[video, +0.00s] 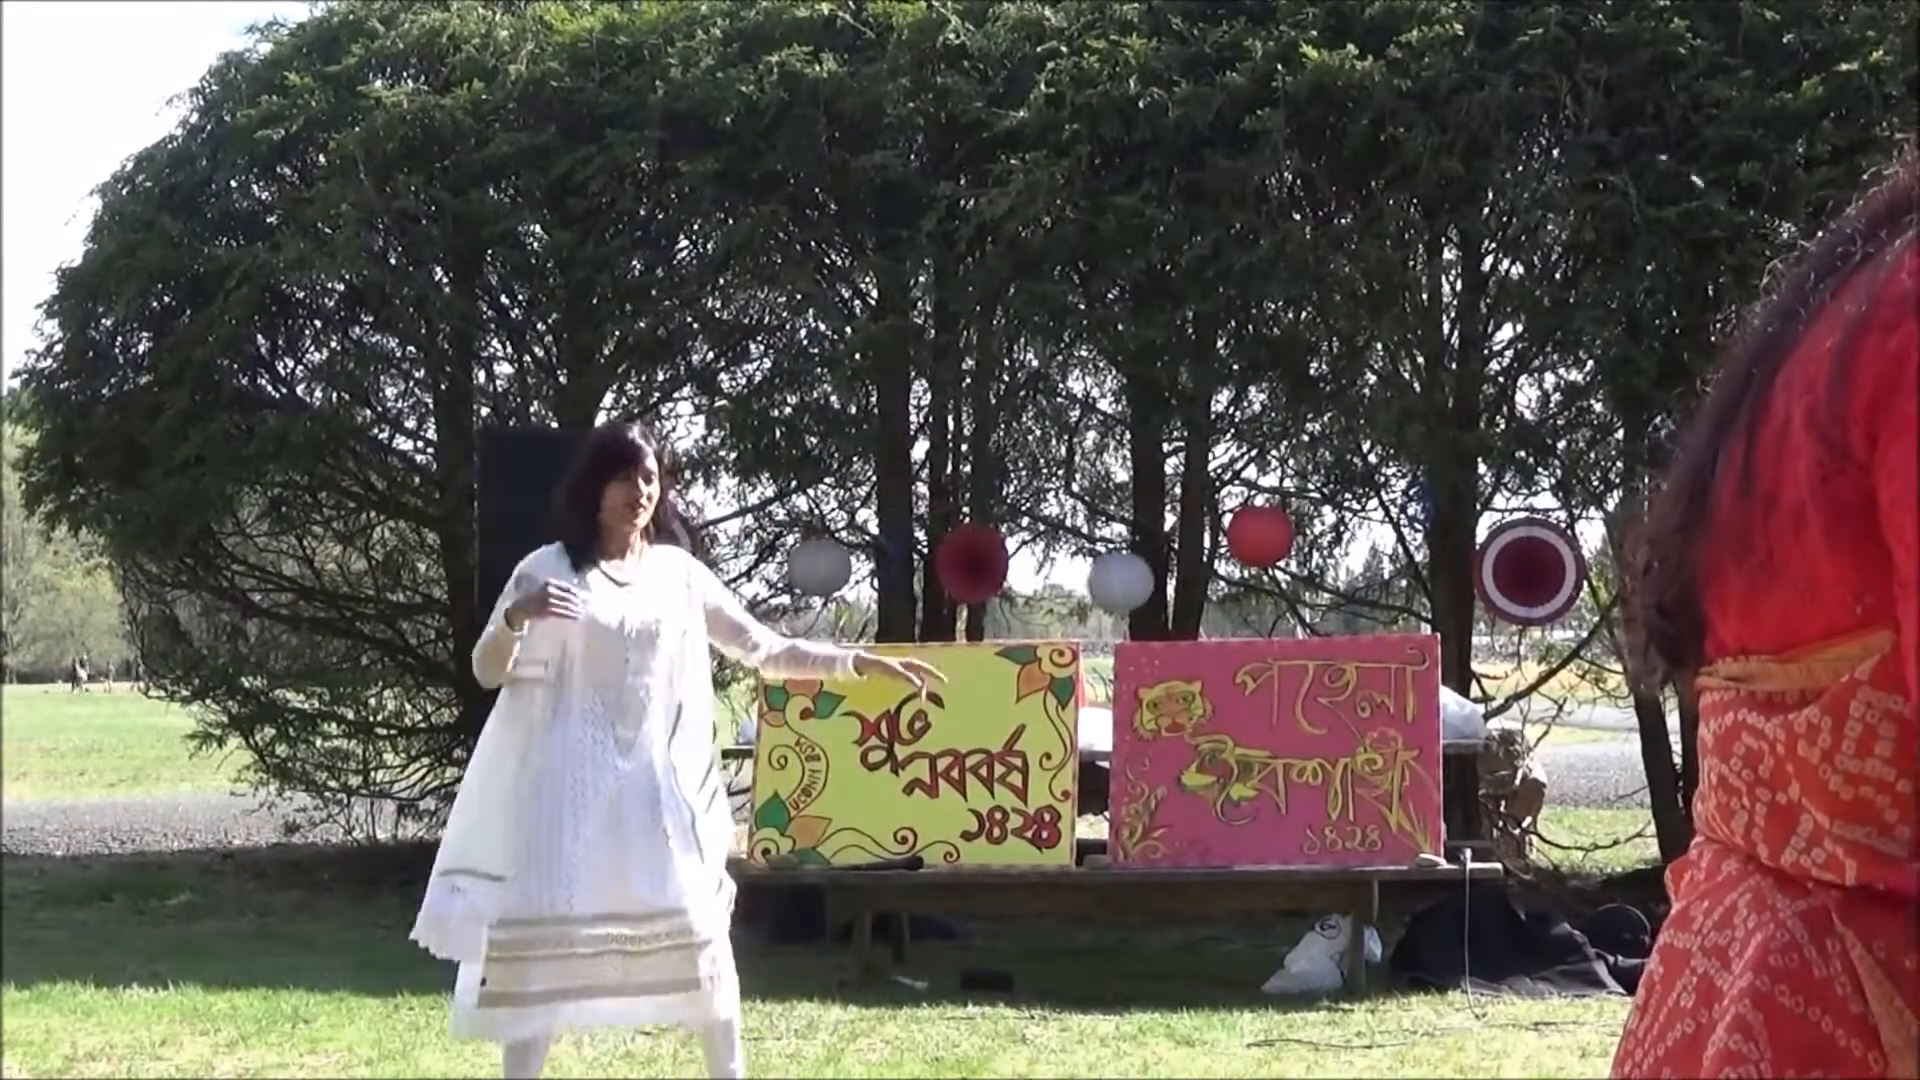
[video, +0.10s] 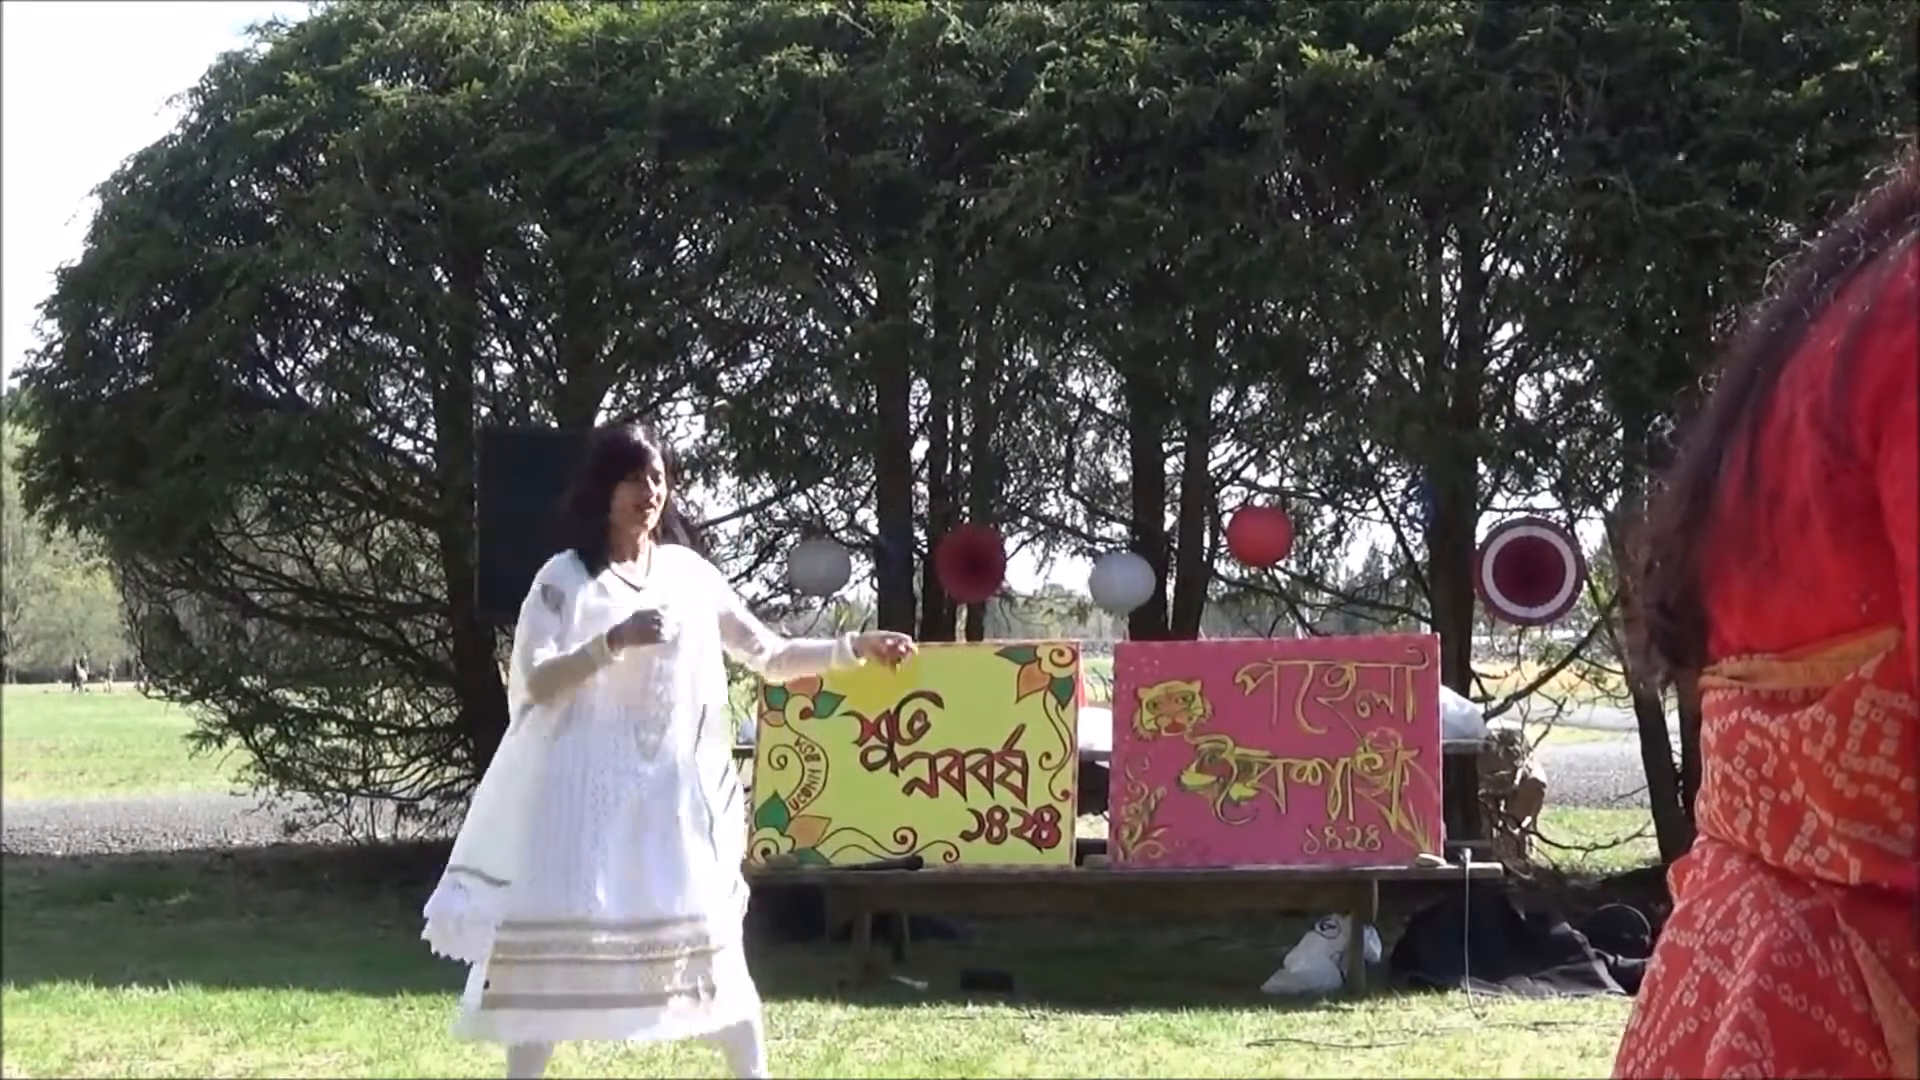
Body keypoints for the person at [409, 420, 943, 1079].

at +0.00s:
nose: (640, 488)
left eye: (650, 477)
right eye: (625, 475)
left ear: (660, 490)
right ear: (593, 486)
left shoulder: (680, 573)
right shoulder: (546, 569)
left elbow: (766, 649)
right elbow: (487, 671)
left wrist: (863, 659)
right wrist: (513, 616)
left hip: (660, 788)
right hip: (558, 789)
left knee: (708, 953)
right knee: (532, 958)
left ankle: (728, 1072)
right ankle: (519, 1075)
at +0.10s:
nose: (651, 493)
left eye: (660, 480)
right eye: (636, 478)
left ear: (670, 493)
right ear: (602, 487)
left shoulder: (689, 571)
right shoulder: (563, 577)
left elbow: (771, 657)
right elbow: (533, 684)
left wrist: (857, 648)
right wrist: (610, 642)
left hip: (676, 790)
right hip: (575, 790)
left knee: (717, 945)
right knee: (542, 949)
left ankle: (754, 1072)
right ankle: (523, 1072)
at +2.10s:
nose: (582, 521)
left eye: (594, 506)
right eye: (567, 508)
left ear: (611, 512)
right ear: (544, 517)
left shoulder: (643, 591)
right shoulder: (511, 602)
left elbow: (660, 709)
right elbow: (489, 718)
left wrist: (722, 731)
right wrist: (564, 680)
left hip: (623, 827)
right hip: (534, 828)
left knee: (593, 993)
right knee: (526, 999)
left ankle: (544, 1065)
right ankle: (528, 1067)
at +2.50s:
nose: (576, 489)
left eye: (585, 476)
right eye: (560, 479)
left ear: (602, 482)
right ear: (536, 491)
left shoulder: (631, 561)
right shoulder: (508, 565)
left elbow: (692, 638)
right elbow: (399, 610)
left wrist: (750, 699)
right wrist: (408, 695)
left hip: (608, 771)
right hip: (533, 768)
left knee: (575, 936)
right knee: (553, 937)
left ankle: (432, 1034)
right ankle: (549, 1071)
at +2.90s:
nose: (571, 476)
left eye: (580, 463)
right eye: (556, 464)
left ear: (596, 472)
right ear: (531, 475)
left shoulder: (614, 550)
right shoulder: (513, 540)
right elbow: (492, 526)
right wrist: (443, 511)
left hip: (587, 776)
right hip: (516, 773)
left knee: (565, 941)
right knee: (537, 939)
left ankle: (444, 1061)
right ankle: (546, 1072)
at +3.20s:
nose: (559, 485)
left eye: (569, 471)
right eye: (542, 471)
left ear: (582, 485)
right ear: (509, 483)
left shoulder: (598, 562)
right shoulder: (496, 560)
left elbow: (692, 618)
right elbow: (528, 483)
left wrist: (709, 667)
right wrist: (609, 434)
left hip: (581, 786)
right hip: (509, 786)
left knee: (554, 950)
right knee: (541, 951)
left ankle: (428, 1061)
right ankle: (546, 1072)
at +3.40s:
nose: (558, 491)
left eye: (566, 477)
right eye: (544, 480)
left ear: (578, 487)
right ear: (511, 490)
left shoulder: (593, 568)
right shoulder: (493, 570)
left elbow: (681, 639)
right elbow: (512, 483)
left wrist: (643, 667)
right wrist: (609, 426)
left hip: (577, 784)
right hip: (508, 783)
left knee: (555, 951)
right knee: (543, 951)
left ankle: (421, 1068)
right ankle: (547, 1072)